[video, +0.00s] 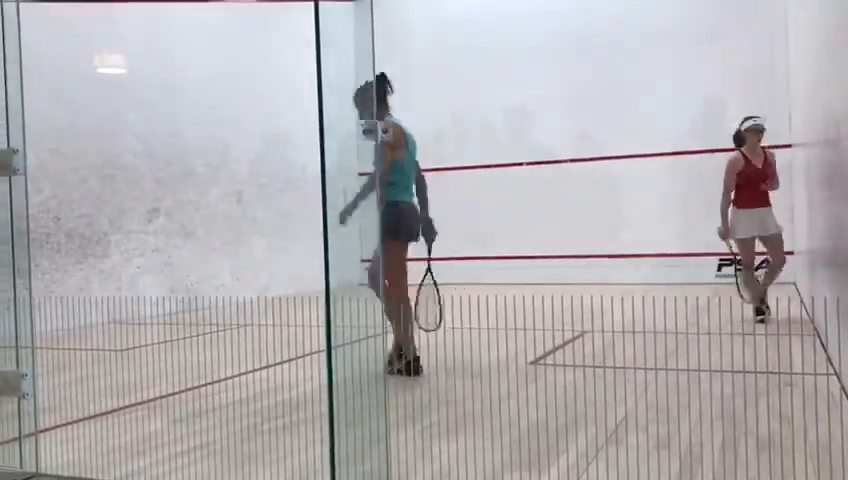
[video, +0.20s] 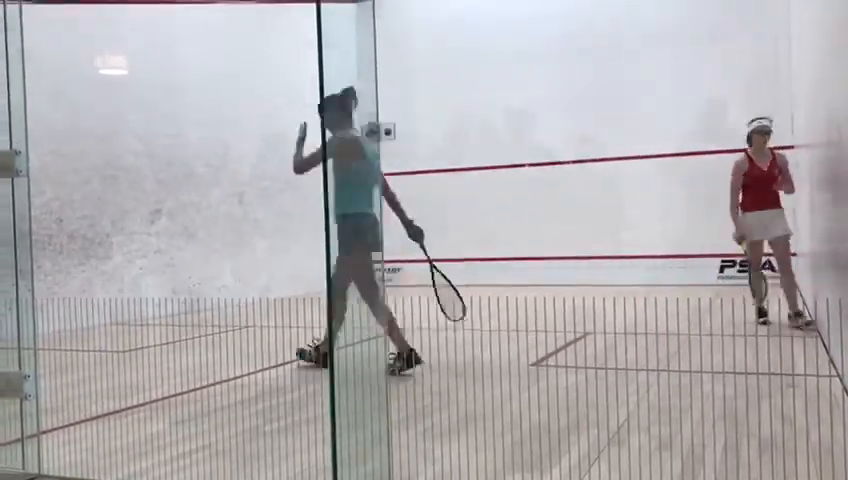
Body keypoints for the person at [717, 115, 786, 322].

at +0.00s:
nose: (758, 135)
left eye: (760, 131)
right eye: (752, 131)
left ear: (763, 134)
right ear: (743, 134)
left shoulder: (768, 155)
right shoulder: (735, 160)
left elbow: (775, 183)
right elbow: (726, 194)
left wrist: (767, 185)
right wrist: (724, 225)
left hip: (764, 213)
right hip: (742, 214)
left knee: (778, 259)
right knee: (748, 264)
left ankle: (759, 292)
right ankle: (758, 303)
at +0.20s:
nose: (763, 138)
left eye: (766, 134)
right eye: (759, 134)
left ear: (770, 137)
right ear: (750, 137)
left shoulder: (778, 159)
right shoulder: (742, 164)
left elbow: (790, 188)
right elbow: (734, 198)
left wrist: (777, 185)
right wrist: (737, 227)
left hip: (775, 214)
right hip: (751, 216)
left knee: (785, 266)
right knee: (755, 266)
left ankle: (795, 311)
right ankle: (759, 306)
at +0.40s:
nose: (771, 137)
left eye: (775, 132)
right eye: (766, 132)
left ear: (779, 134)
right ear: (758, 134)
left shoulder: (786, 156)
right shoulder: (749, 162)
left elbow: (800, 184)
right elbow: (741, 196)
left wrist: (791, 159)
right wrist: (744, 224)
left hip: (784, 215)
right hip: (758, 217)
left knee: (791, 267)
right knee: (762, 267)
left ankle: (796, 315)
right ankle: (766, 302)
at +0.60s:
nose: (767, 133)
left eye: (771, 129)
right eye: (762, 129)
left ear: (779, 131)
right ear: (757, 131)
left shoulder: (788, 151)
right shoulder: (747, 160)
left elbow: (793, 171)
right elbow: (742, 194)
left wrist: (781, 148)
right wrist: (736, 224)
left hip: (785, 215)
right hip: (758, 217)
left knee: (791, 267)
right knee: (756, 267)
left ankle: (796, 315)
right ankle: (770, 306)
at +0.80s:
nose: (750, 133)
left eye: (754, 128)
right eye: (746, 129)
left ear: (764, 131)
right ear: (741, 133)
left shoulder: (776, 151)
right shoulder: (737, 162)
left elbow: (774, 167)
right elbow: (733, 198)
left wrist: (763, 141)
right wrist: (728, 230)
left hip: (776, 218)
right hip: (750, 221)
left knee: (786, 270)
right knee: (752, 273)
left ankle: (793, 316)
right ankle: (749, 323)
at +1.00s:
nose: (726, 128)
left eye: (731, 124)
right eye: (724, 124)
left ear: (743, 127)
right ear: (721, 129)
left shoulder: (757, 147)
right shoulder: (717, 159)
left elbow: (753, 162)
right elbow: (717, 197)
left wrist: (740, 138)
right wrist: (716, 231)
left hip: (756, 217)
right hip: (730, 219)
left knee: (763, 271)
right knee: (739, 275)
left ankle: (784, 306)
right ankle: (745, 325)